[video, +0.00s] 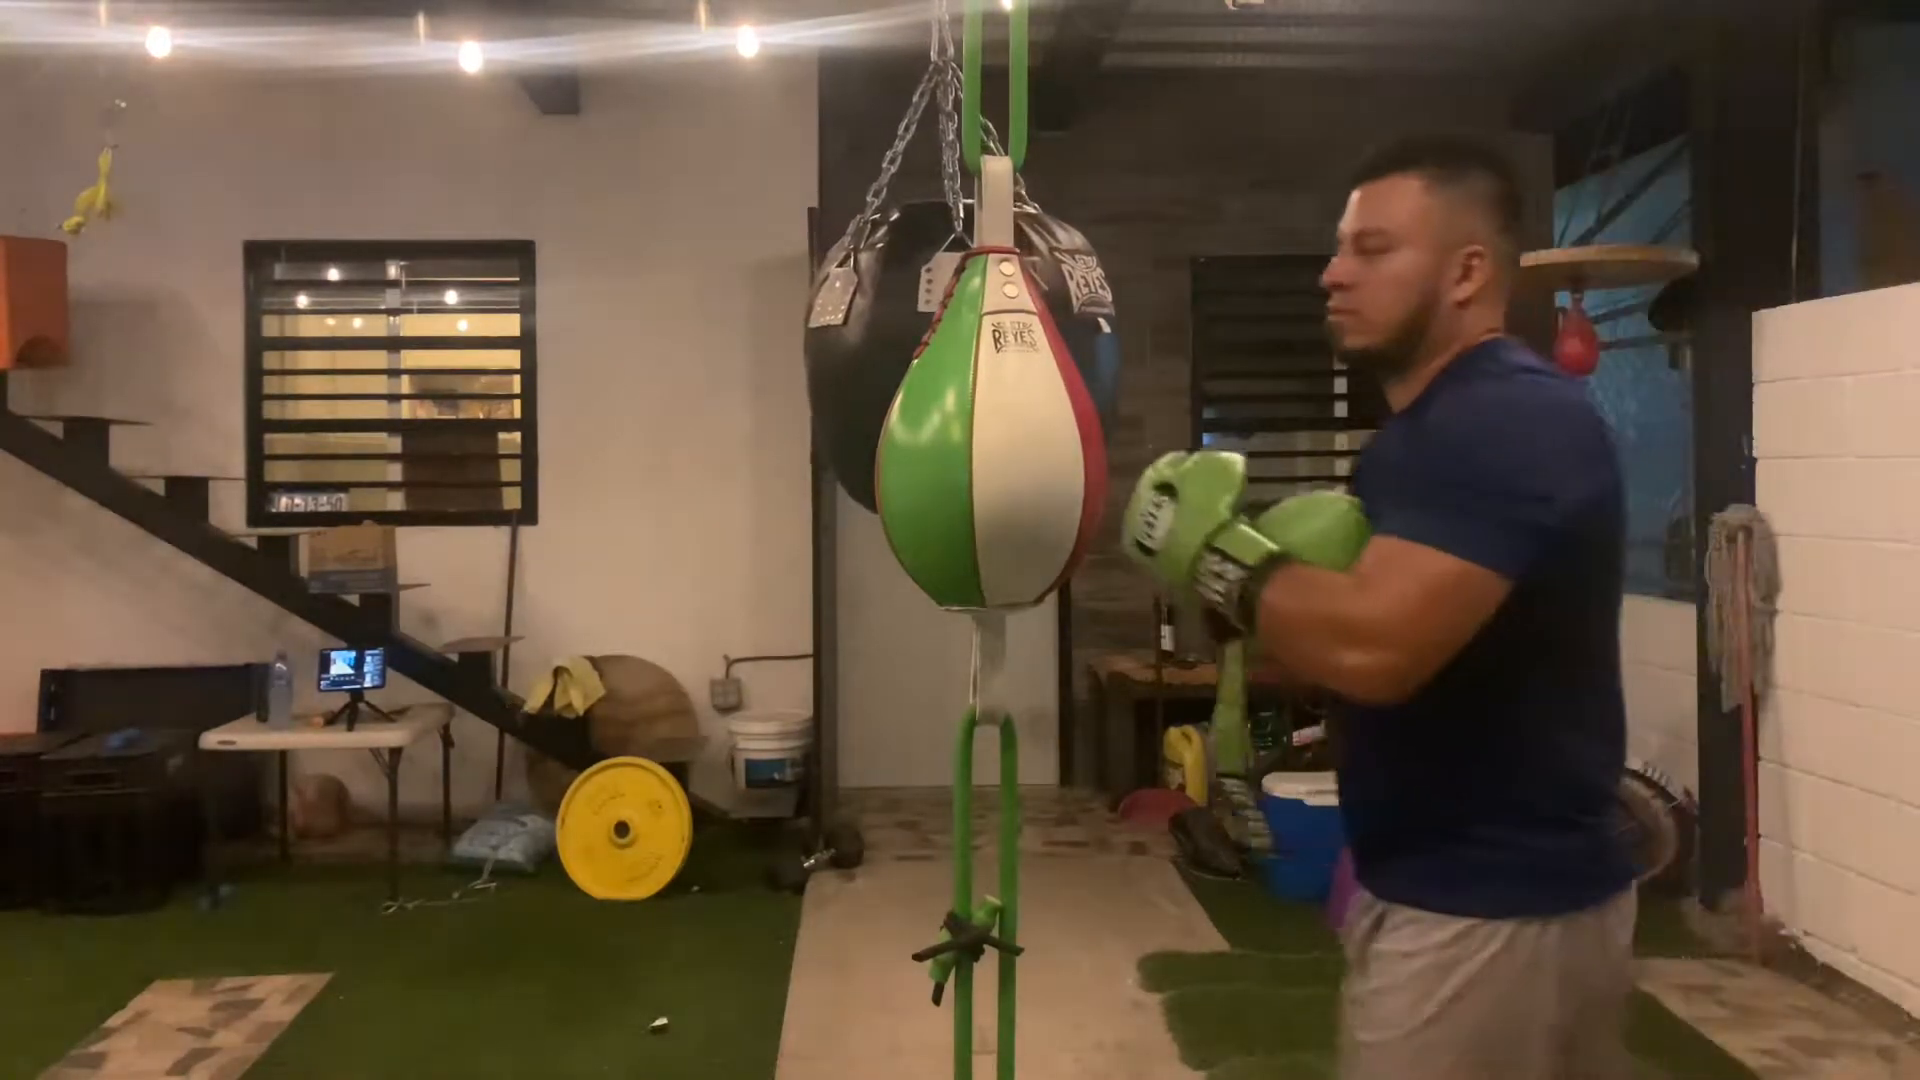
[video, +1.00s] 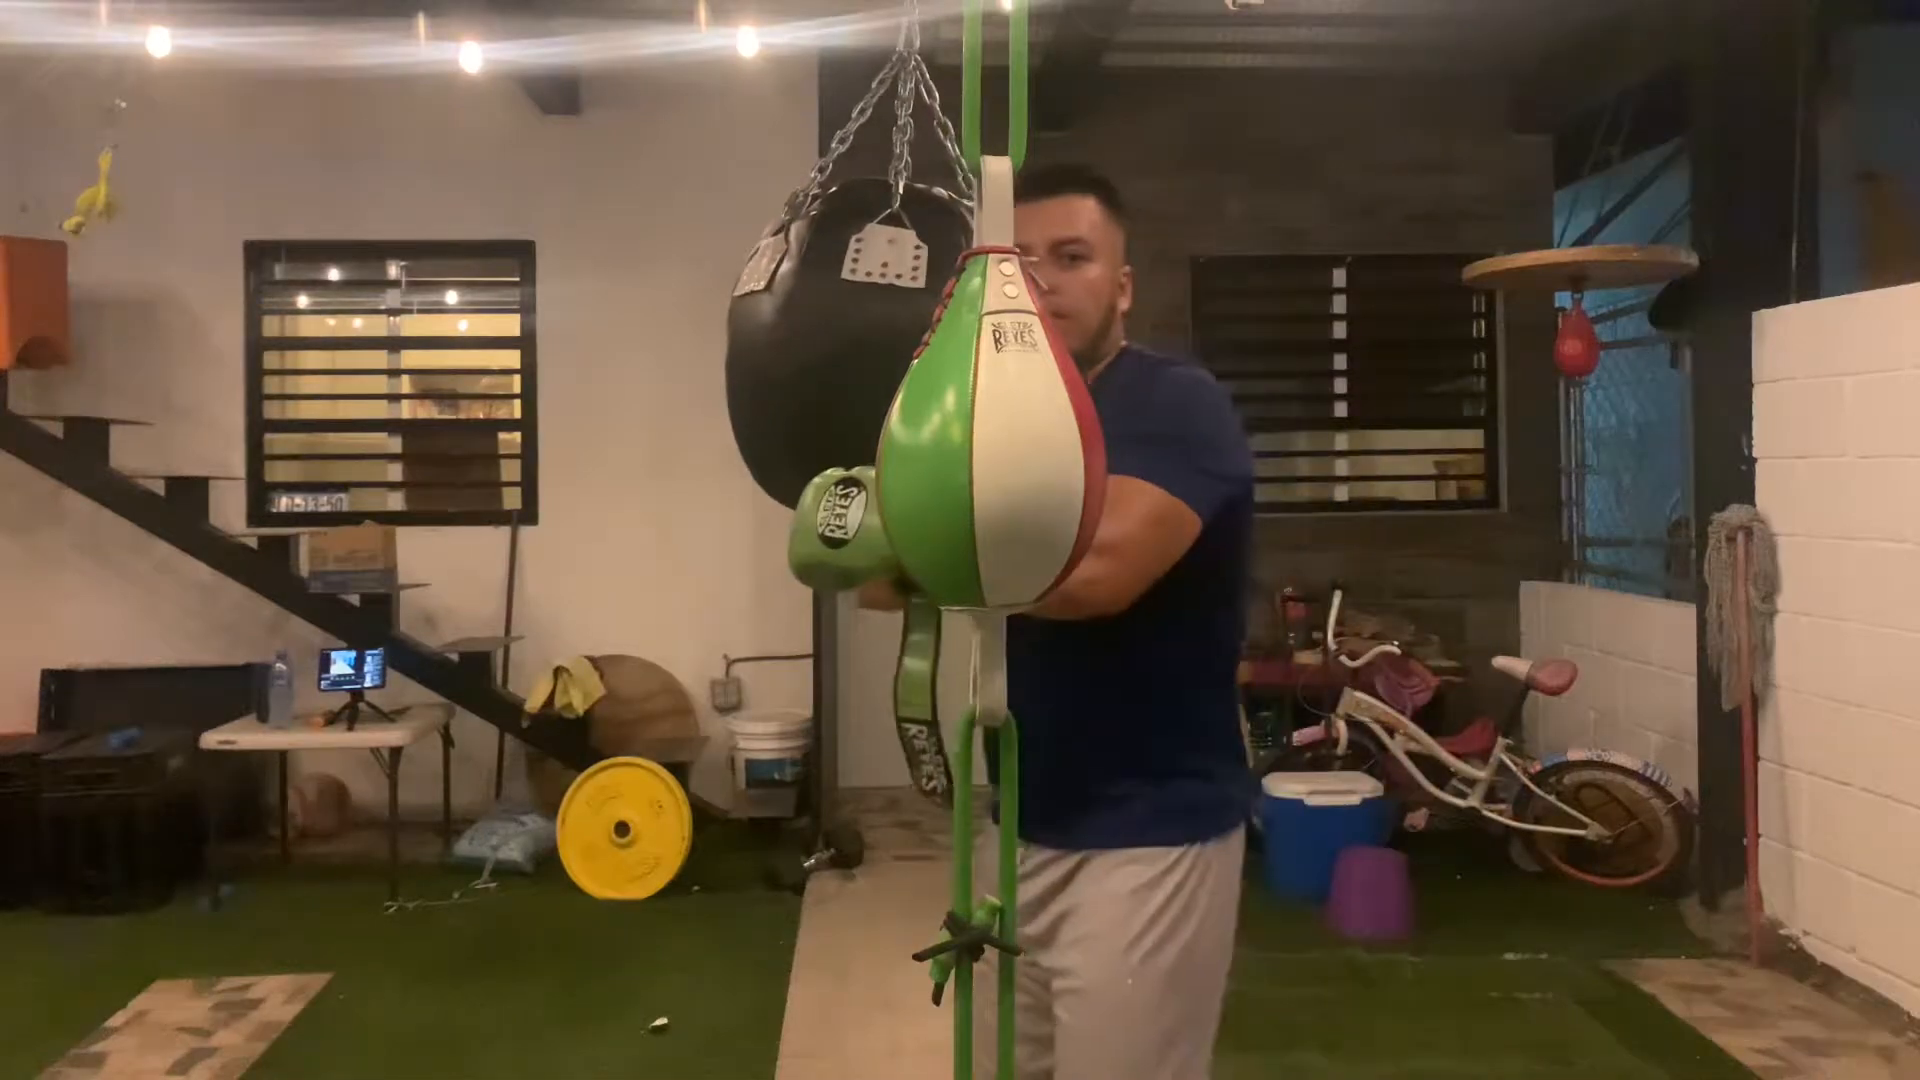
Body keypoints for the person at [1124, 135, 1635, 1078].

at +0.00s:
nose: (1333, 275)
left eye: (1371, 248)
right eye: (1338, 250)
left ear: (1467, 273)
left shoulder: (1508, 416)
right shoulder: (1428, 425)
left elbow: (1375, 647)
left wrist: (1223, 561)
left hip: (1488, 917)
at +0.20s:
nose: (1268, 265)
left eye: (1310, 237)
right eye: (1269, 241)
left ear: (1403, 265)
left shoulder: (1450, 404)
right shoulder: (1345, 424)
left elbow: (1277, 608)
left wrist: (1146, 515)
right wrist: (1201, 528)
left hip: (1447, 912)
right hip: (1327, 889)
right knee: (1257, 1068)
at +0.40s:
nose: (1207, 267)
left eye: (1246, 241)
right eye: (1202, 244)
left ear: (1332, 273)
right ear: (1193, 262)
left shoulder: (1391, 399)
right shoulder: (1239, 435)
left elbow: (1213, 582)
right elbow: (1162, 560)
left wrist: (1086, 516)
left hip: (1390, 907)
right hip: (1256, 887)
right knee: (1220, 1064)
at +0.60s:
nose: (1154, 278)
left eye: (1195, 253)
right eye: (1143, 257)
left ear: (1270, 281)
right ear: (1129, 278)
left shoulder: (1320, 412)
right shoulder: (1159, 449)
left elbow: (1177, 589)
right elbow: (1071, 557)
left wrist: (1002, 540)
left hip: (1309, 908)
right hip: (1168, 887)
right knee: (1107, 1067)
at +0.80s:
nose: (1088, 280)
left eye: (1123, 255)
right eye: (1070, 259)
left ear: (1182, 285)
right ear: (1050, 285)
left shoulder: (1233, 407)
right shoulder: (1069, 424)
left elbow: (1110, 580)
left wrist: (951, 530)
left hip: (1205, 884)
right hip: (1074, 865)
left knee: (1210, 1068)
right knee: (1059, 1066)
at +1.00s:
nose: (1040, 280)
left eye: (1069, 256)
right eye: (1020, 259)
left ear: (1124, 281)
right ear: (997, 279)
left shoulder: (1181, 403)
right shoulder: (994, 413)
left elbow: (1097, 577)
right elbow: (891, 583)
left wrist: (927, 548)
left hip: (1148, 841)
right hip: (1012, 827)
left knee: (1119, 1067)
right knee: (1006, 1066)